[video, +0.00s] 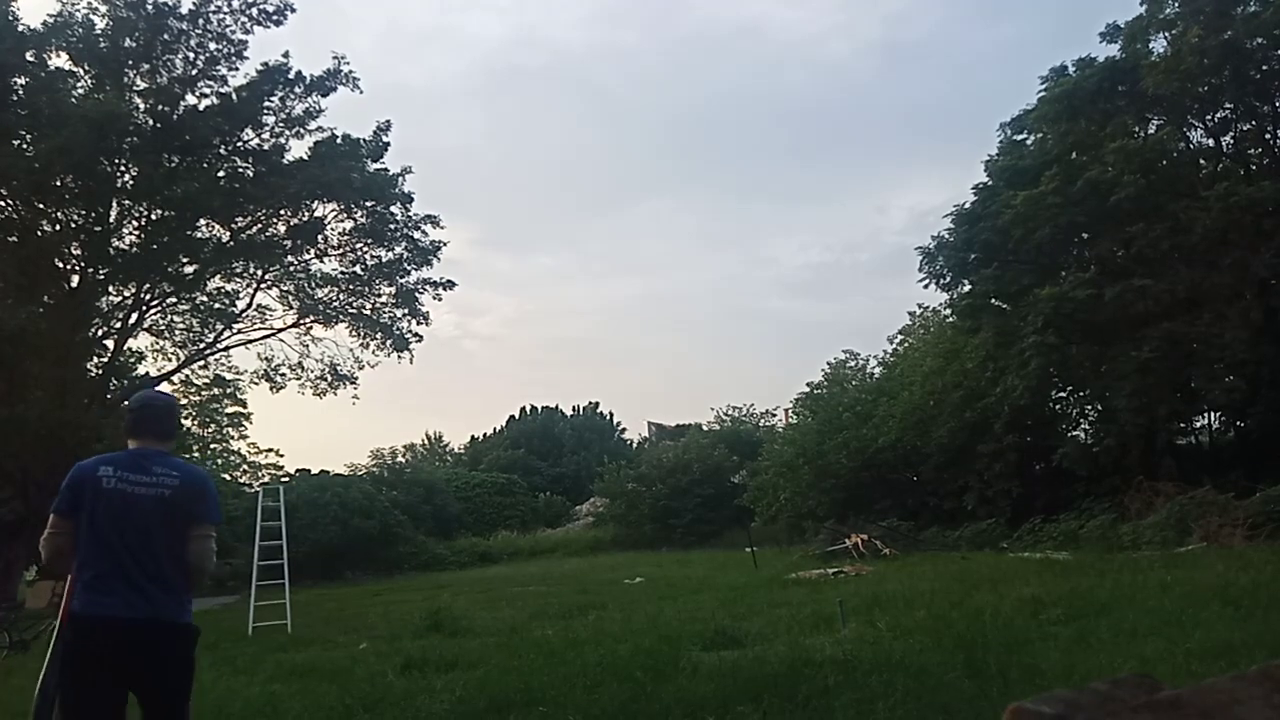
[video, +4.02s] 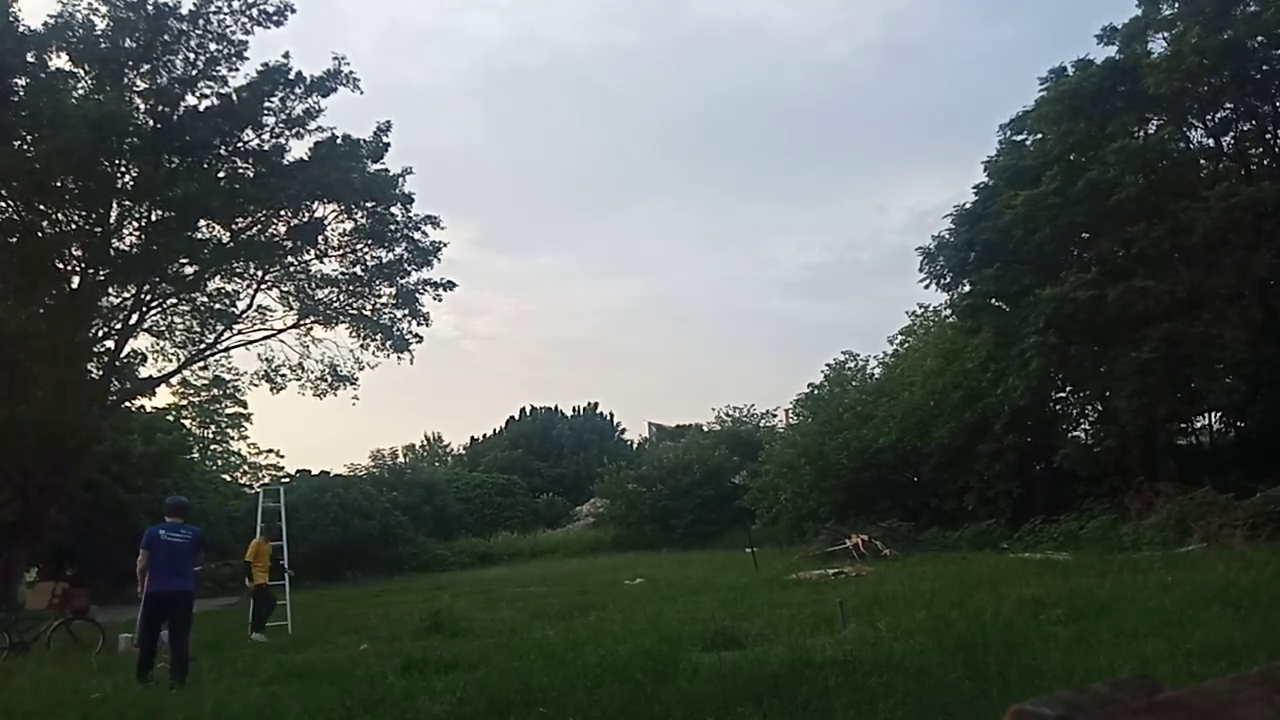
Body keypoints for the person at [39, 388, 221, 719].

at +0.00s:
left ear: (127, 426)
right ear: (175, 430)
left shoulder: (86, 472)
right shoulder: (196, 481)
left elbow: (52, 554)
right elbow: (202, 562)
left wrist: (101, 556)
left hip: (91, 633)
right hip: (166, 638)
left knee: (86, 712)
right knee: (168, 714)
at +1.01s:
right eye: (193, 458)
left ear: (156, 460)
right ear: (192, 460)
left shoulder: (132, 494)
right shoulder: (211, 493)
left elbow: (114, 552)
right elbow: (222, 549)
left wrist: (147, 561)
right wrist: (214, 579)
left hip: (145, 605)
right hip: (195, 605)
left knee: (143, 690)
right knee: (204, 669)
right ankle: (191, 714)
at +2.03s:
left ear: (173, 485)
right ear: (200, 484)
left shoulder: (157, 515)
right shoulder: (217, 512)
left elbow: (144, 559)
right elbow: (231, 551)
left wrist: (165, 565)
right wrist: (209, 564)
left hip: (166, 600)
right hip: (204, 600)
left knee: (166, 661)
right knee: (206, 657)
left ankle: (167, 711)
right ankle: (198, 700)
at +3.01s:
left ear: (176, 499)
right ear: (199, 500)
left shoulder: (162, 525)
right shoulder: (213, 525)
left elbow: (149, 561)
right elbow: (224, 561)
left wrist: (169, 556)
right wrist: (206, 565)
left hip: (170, 597)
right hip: (201, 596)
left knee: (165, 649)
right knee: (196, 648)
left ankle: (161, 698)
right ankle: (192, 700)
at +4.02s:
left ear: (165, 513)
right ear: (185, 514)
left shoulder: (153, 532)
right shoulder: (195, 534)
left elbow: (142, 563)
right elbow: (200, 560)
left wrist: (140, 585)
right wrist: (186, 566)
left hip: (156, 593)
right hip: (182, 594)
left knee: (149, 636)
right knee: (180, 637)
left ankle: (143, 676)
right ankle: (179, 679)